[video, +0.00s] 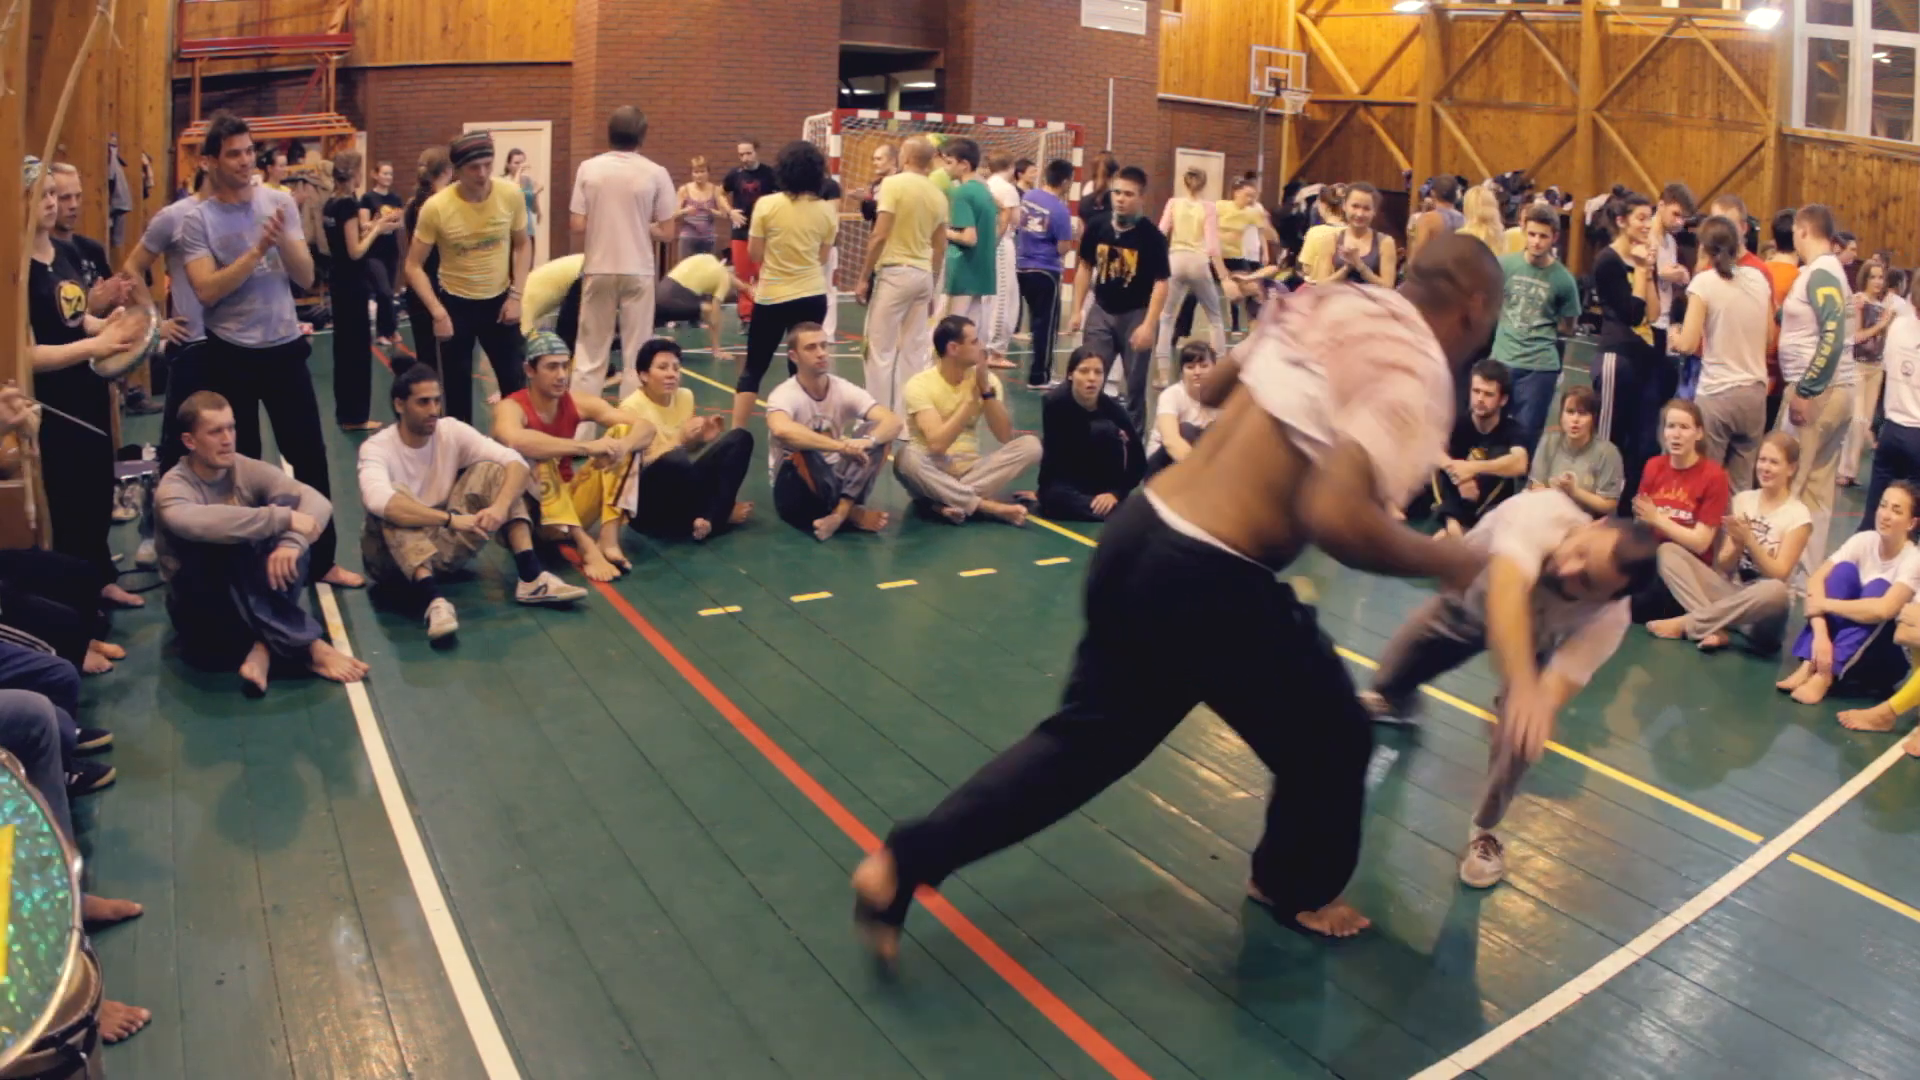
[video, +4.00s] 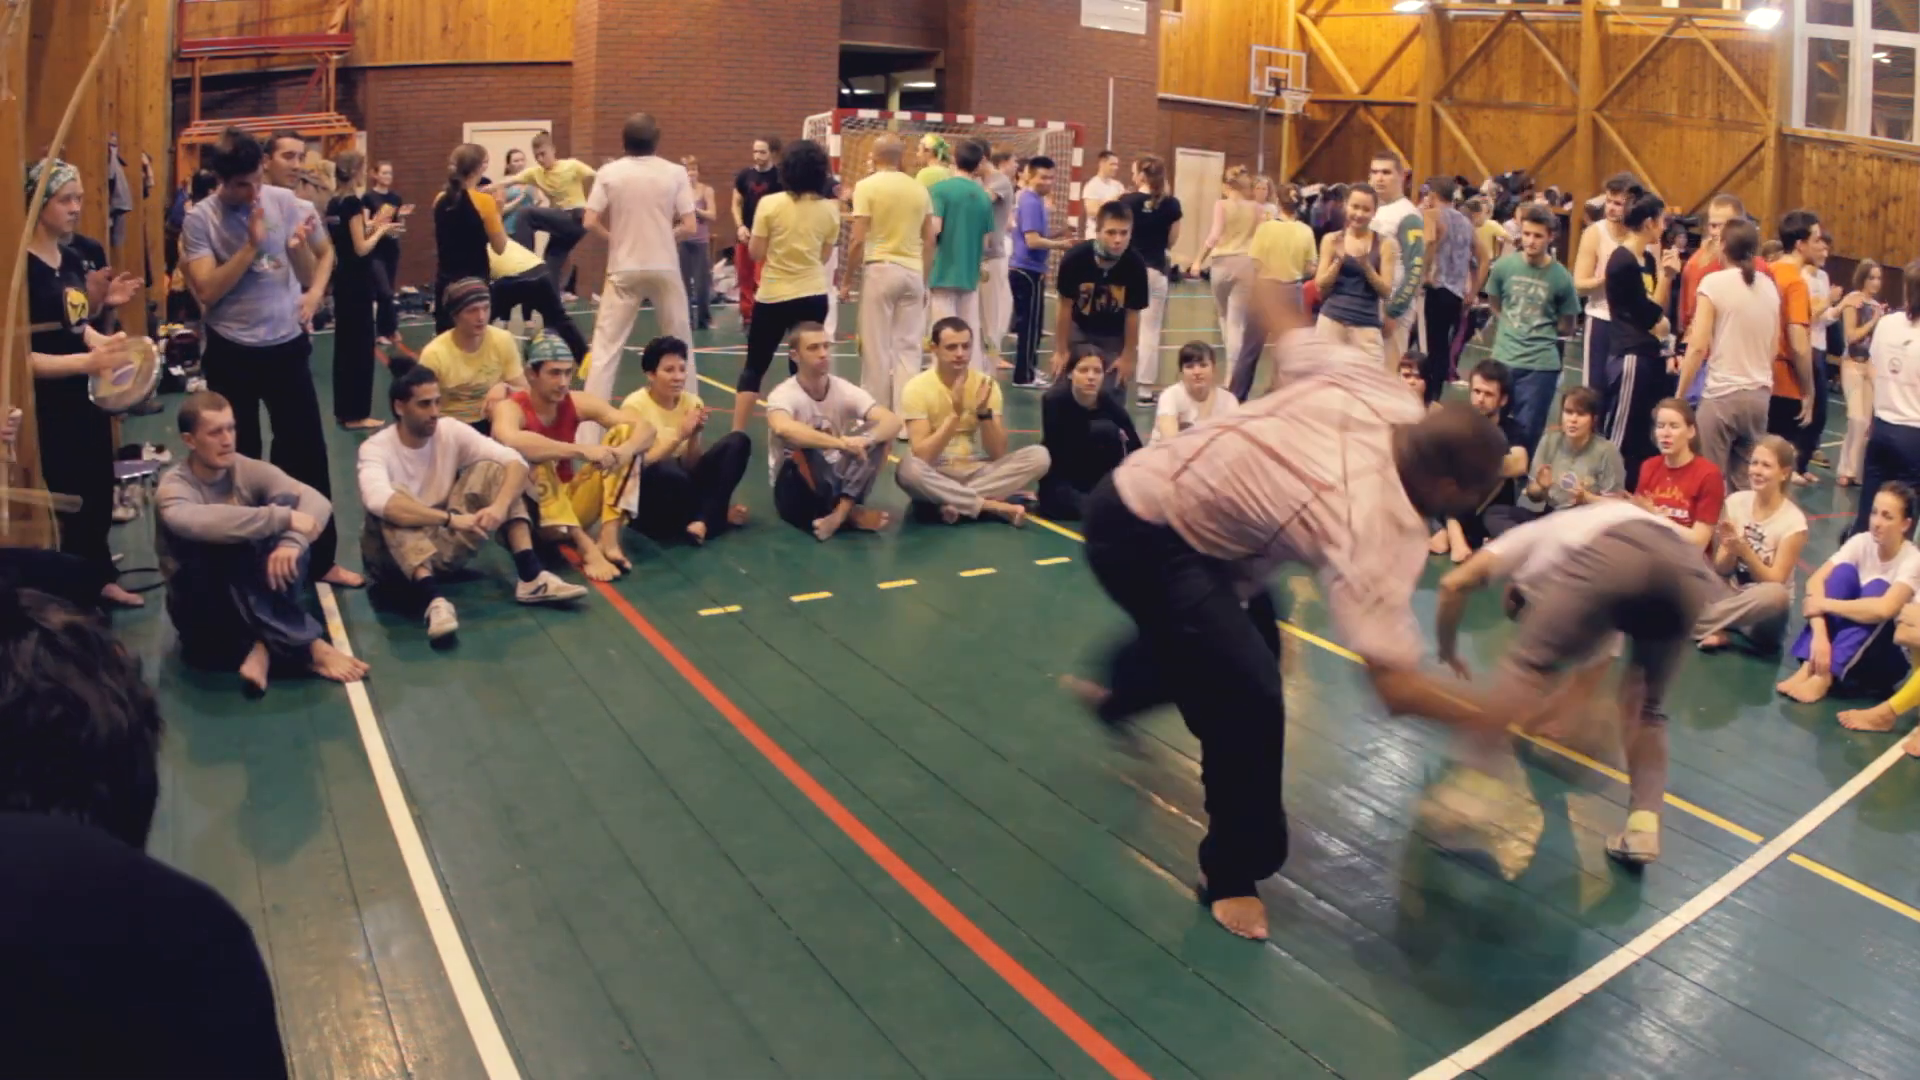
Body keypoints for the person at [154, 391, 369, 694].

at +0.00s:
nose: (228, 439)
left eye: (231, 429)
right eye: (216, 432)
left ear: (237, 429)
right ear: (189, 441)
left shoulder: (245, 468)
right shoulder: (174, 487)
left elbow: (317, 502)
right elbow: (192, 523)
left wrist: (292, 544)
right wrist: (283, 517)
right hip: (208, 616)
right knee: (214, 544)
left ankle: (264, 645)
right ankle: (310, 645)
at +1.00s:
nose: (228, 439)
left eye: (230, 429)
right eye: (215, 432)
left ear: (236, 429)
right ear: (189, 440)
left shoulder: (244, 469)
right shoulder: (174, 487)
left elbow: (317, 501)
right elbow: (192, 523)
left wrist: (292, 544)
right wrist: (283, 517)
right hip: (208, 612)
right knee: (213, 546)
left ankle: (264, 646)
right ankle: (310, 645)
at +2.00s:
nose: (229, 439)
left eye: (232, 429)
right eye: (217, 432)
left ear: (238, 429)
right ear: (190, 440)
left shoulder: (247, 469)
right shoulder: (174, 488)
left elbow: (317, 501)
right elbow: (197, 523)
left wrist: (292, 543)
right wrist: (284, 518)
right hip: (211, 611)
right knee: (212, 546)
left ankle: (265, 645)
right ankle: (310, 646)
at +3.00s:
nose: (229, 439)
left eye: (231, 429)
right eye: (216, 432)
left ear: (237, 429)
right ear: (190, 440)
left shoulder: (249, 470)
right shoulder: (175, 486)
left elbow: (317, 502)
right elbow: (192, 523)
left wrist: (292, 543)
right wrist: (284, 517)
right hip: (205, 601)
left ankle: (262, 645)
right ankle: (311, 645)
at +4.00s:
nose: (228, 440)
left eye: (230, 429)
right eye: (215, 433)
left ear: (237, 429)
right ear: (189, 440)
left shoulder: (247, 469)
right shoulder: (174, 487)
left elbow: (316, 501)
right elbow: (192, 523)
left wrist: (292, 543)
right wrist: (283, 517)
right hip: (209, 614)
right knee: (214, 546)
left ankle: (263, 645)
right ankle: (310, 645)